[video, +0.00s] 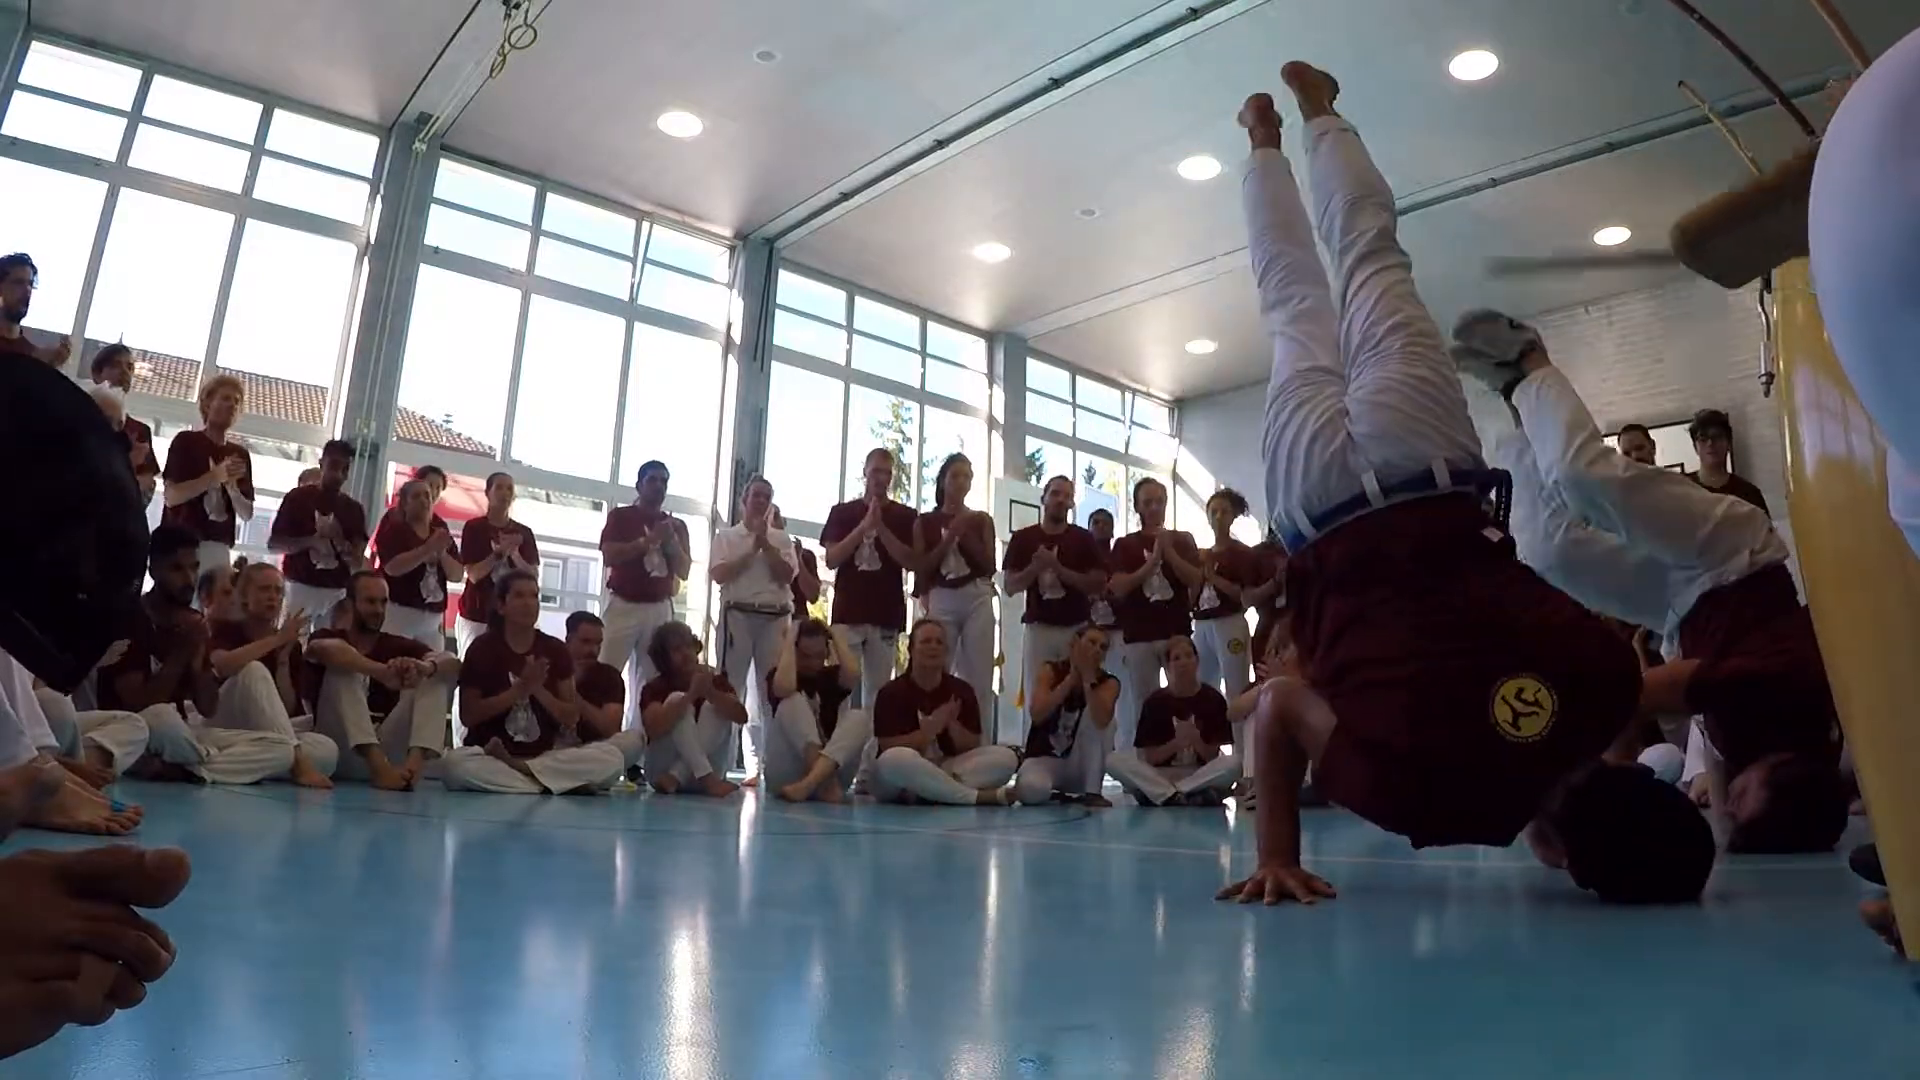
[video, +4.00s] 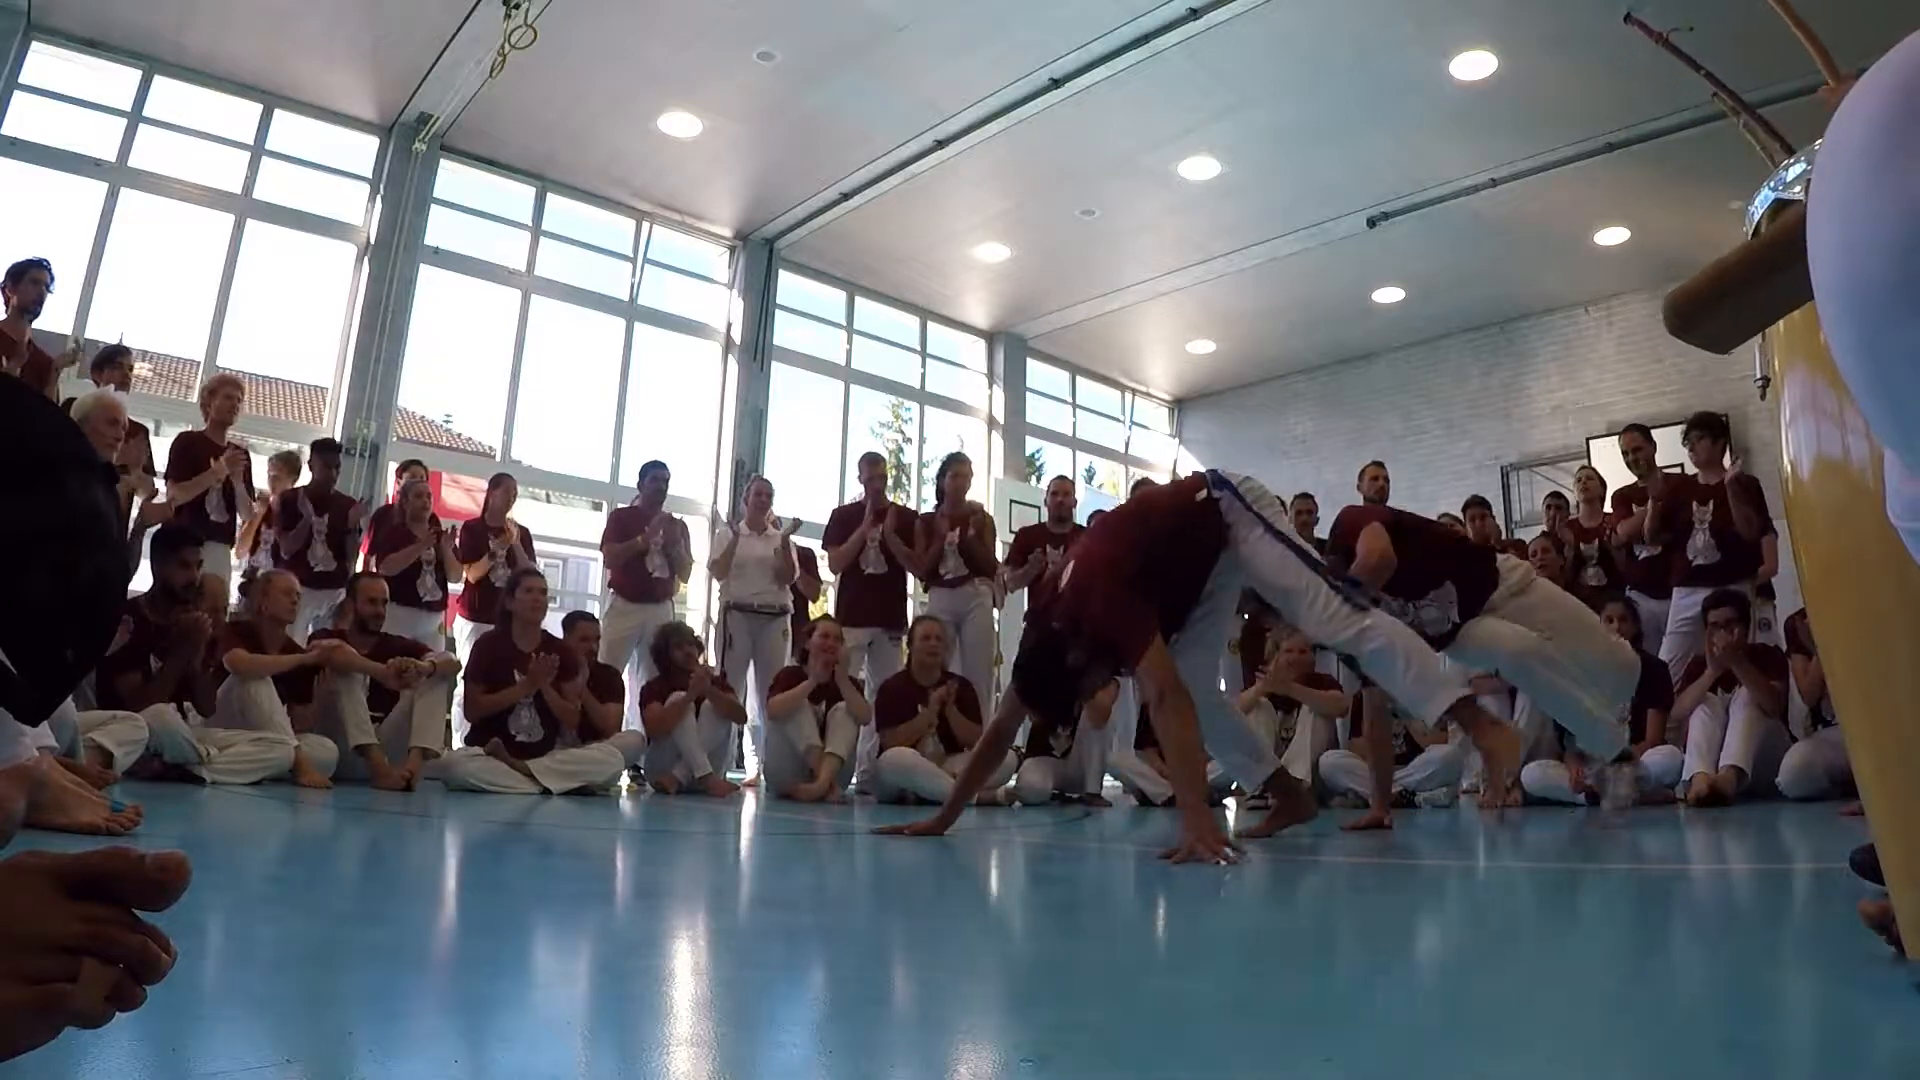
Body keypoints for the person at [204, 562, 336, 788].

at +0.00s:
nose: (273, 597)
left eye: (278, 590)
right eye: (264, 589)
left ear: (283, 597)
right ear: (245, 595)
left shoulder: (290, 644)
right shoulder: (224, 630)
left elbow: (290, 709)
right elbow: (221, 665)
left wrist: (283, 662)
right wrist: (281, 638)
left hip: (270, 733)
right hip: (224, 725)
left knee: (326, 751)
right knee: (253, 671)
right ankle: (299, 762)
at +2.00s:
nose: (273, 597)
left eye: (278, 591)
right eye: (264, 589)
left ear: (283, 597)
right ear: (244, 593)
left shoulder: (290, 647)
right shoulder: (225, 630)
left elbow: (290, 708)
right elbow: (219, 667)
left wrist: (281, 661)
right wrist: (274, 637)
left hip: (271, 732)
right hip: (223, 724)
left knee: (326, 751)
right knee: (253, 671)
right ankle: (299, 763)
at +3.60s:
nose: (280, 596)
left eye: (283, 591)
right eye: (271, 590)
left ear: (288, 598)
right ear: (246, 599)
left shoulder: (287, 642)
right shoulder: (227, 628)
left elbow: (298, 708)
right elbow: (222, 658)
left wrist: (311, 669)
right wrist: (275, 640)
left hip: (271, 731)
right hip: (223, 725)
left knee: (327, 752)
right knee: (253, 671)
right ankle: (299, 762)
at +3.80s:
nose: (289, 598)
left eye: (292, 592)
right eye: (280, 591)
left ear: (296, 599)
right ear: (257, 601)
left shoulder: (294, 648)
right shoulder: (232, 629)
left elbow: (302, 718)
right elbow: (235, 655)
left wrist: (314, 675)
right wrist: (299, 655)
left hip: (270, 733)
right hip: (223, 725)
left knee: (327, 751)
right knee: (253, 672)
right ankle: (298, 760)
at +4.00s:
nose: (295, 601)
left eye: (298, 596)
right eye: (287, 594)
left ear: (301, 601)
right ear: (262, 600)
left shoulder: (298, 654)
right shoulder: (233, 631)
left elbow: (301, 724)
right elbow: (239, 665)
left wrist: (322, 694)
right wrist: (305, 658)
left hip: (269, 736)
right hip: (222, 727)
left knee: (326, 753)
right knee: (253, 678)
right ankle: (298, 762)